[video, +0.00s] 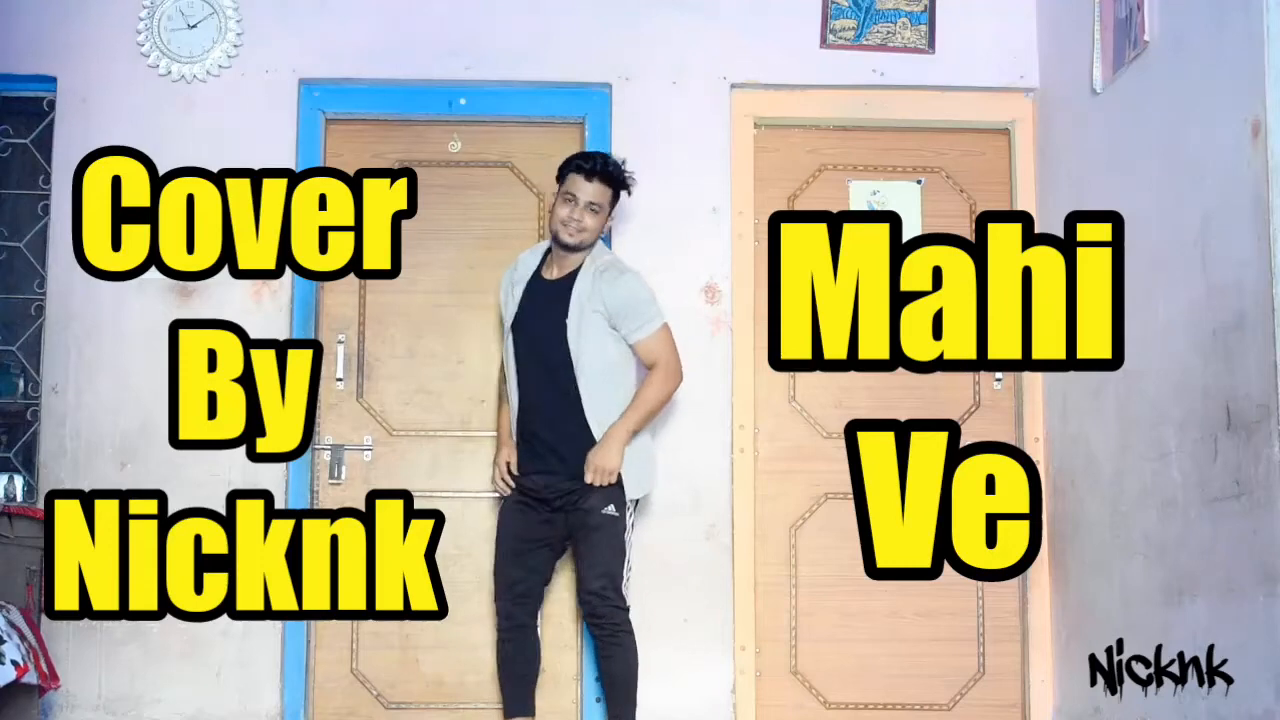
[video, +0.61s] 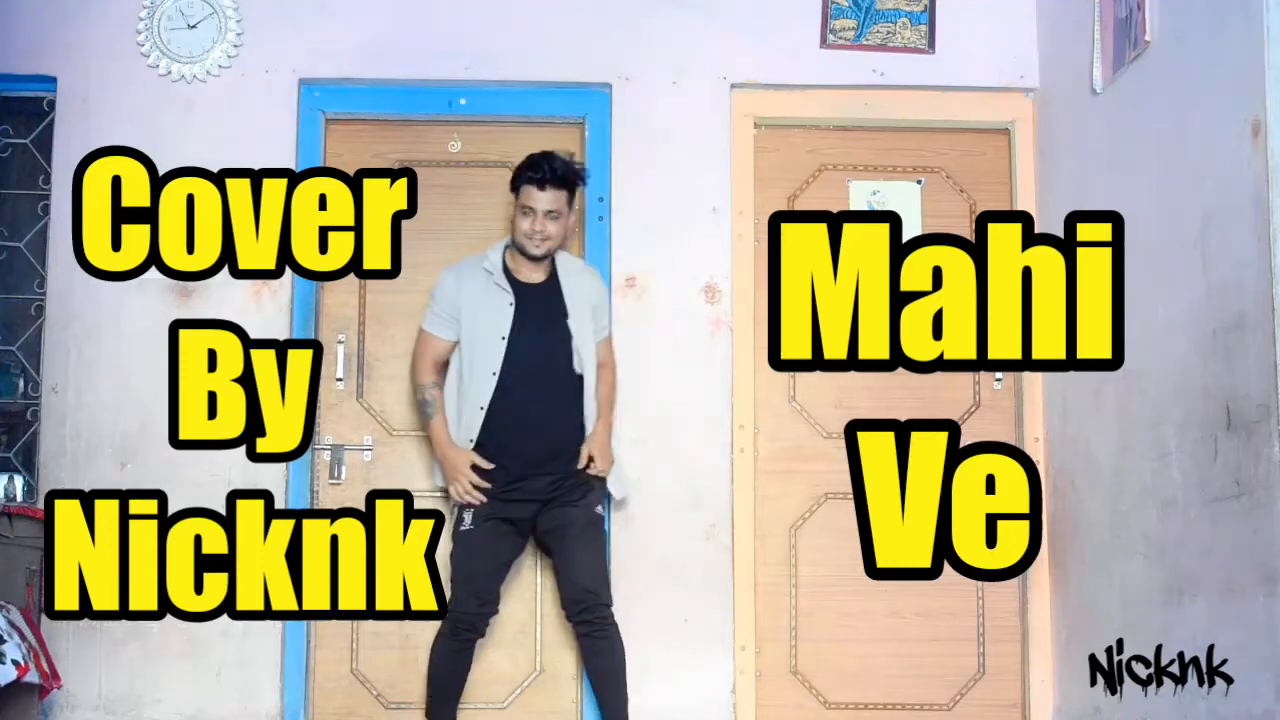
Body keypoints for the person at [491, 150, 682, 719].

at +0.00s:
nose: (575, 214)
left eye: (592, 208)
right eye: (568, 200)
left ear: (607, 220)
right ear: (551, 201)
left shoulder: (616, 283)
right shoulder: (521, 274)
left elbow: (667, 368)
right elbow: (512, 365)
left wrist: (615, 440)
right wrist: (506, 436)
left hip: (597, 486)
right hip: (530, 484)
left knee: (603, 610)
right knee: (513, 611)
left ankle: (622, 718)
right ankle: (518, 717)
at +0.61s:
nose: (538, 227)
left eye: (553, 215)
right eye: (528, 212)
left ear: (571, 219)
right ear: (511, 210)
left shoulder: (587, 283)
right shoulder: (462, 283)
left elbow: (604, 362)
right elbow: (427, 369)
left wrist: (603, 430)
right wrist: (446, 449)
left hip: (571, 486)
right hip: (491, 489)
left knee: (593, 613)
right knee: (467, 618)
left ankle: (618, 718)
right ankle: (439, 718)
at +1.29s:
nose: (492, 221)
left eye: (504, 208)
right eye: (480, 207)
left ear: (519, 213)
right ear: (461, 211)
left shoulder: (520, 285)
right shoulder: (432, 276)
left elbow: (518, 377)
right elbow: (389, 363)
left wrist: (531, 439)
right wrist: (424, 451)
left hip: (510, 482)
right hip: (444, 482)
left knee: (528, 610)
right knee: (445, 618)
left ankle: (523, 719)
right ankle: (433, 719)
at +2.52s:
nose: (539, 217)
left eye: (552, 203)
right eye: (527, 204)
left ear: (573, 203)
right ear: (512, 205)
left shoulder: (604, 264)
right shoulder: (499, 279)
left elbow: (647, 349)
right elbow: (486, 372)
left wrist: (597, 420)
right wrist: (479, 436)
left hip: (577, 468)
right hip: (509, 471)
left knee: (574, 607)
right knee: (486, 597)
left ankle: (583, 716)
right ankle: (504, 714)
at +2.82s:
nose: (502, 219)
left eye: (518, 207)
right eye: (492, 204)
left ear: (536, 209)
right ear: (477, 205)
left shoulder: (568, 251)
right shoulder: (457, 296)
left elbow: (623, 330)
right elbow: (454, 391)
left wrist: (602, 412)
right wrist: (463, 446)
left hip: (572, 462)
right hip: (498, 469)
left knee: (576, 608)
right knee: (448, 595)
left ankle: (583, 718)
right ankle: (426, 713)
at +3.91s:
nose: (420, 224)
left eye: (433, 213)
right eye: (408, 211)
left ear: (448, 222)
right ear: (390, 217)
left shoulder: (475, 277)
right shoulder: (369, 303)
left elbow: (542, 332)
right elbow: (390, 392)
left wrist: (528, 261)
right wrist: (448, 329)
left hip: (464, 483)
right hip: (386, 488)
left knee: (500, 582)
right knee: (383, 619)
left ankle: (448, 688)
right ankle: (384, 717)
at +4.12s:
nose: (434, 226)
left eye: (447, 216)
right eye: (422, 211)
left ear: (458, 222)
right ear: (400, 213)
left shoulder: (478, 273)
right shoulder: (373, 293)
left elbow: (547, 320)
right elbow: (400, 380)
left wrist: (549, 244)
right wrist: (483, 342)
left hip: (495, 482)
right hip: (416, 491)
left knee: (533, 601)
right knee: (406, 620)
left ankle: (518, 717)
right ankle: (394, 718)